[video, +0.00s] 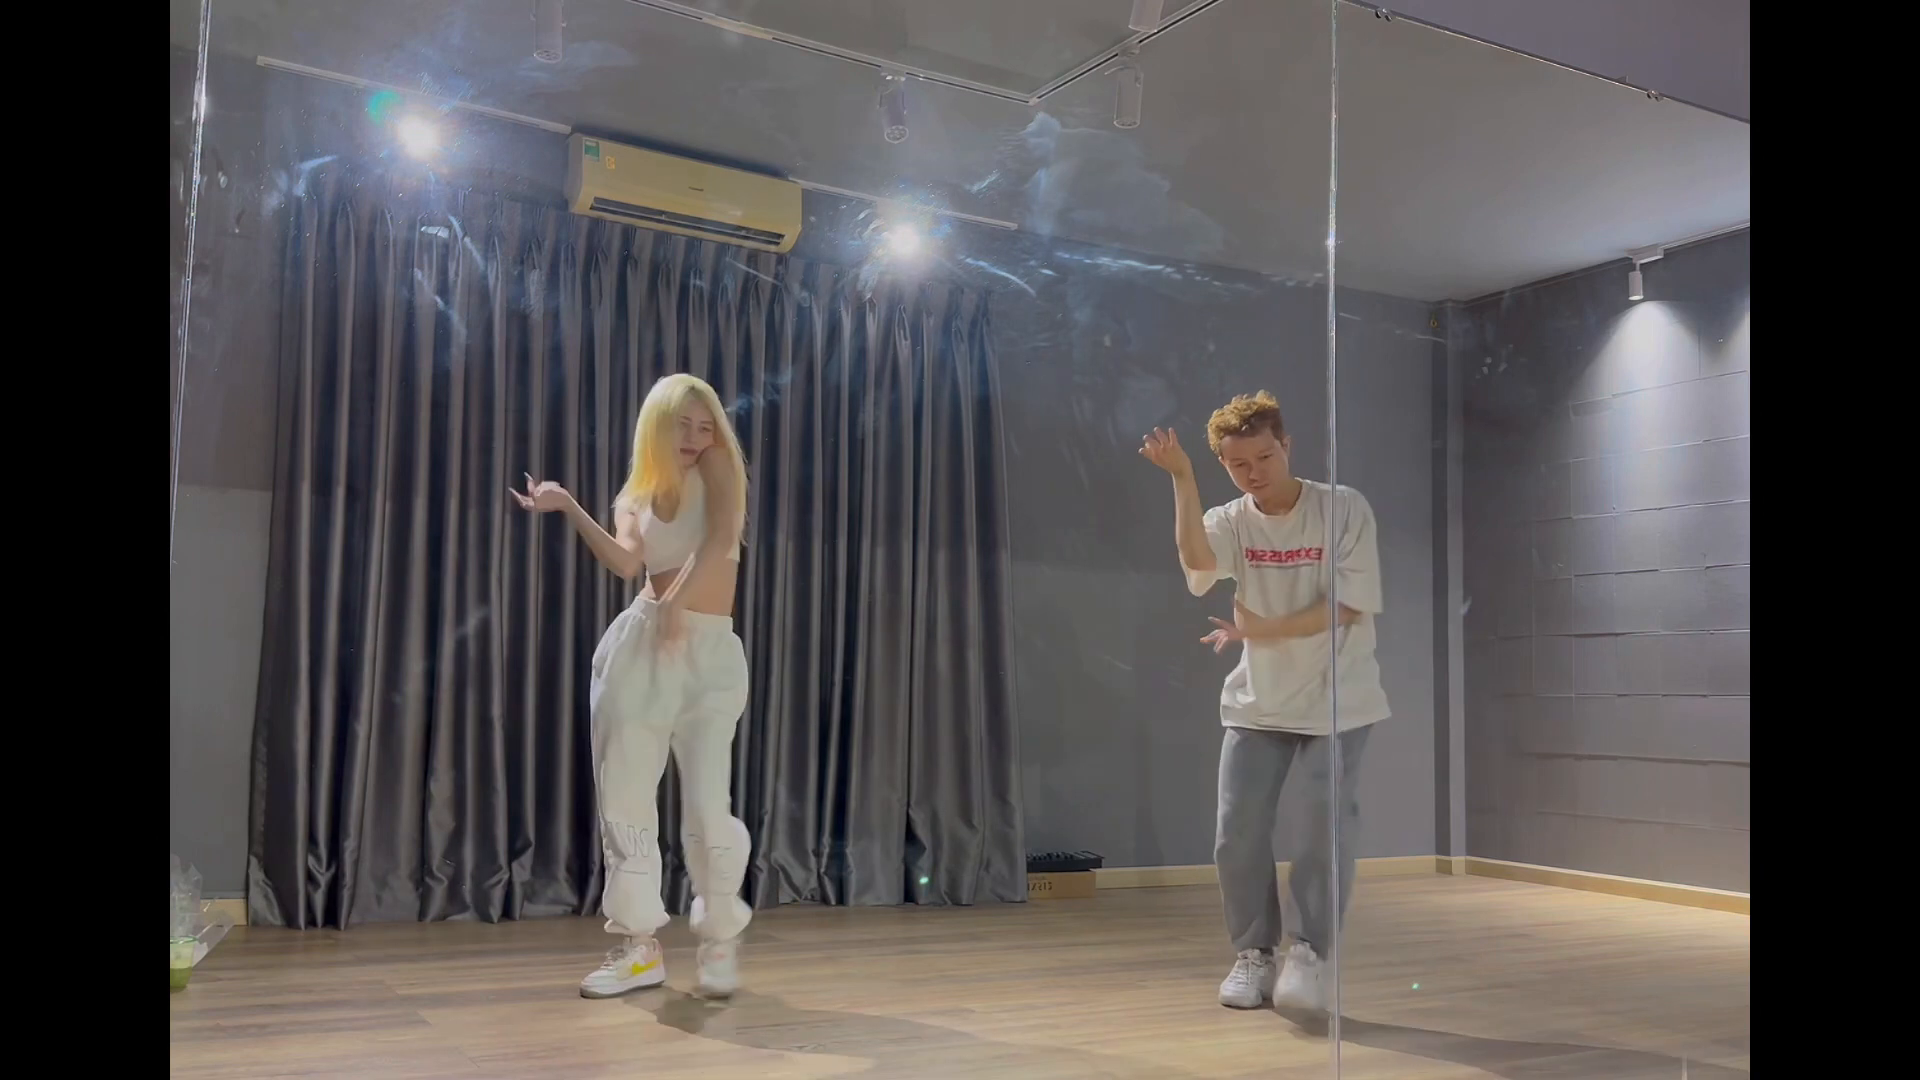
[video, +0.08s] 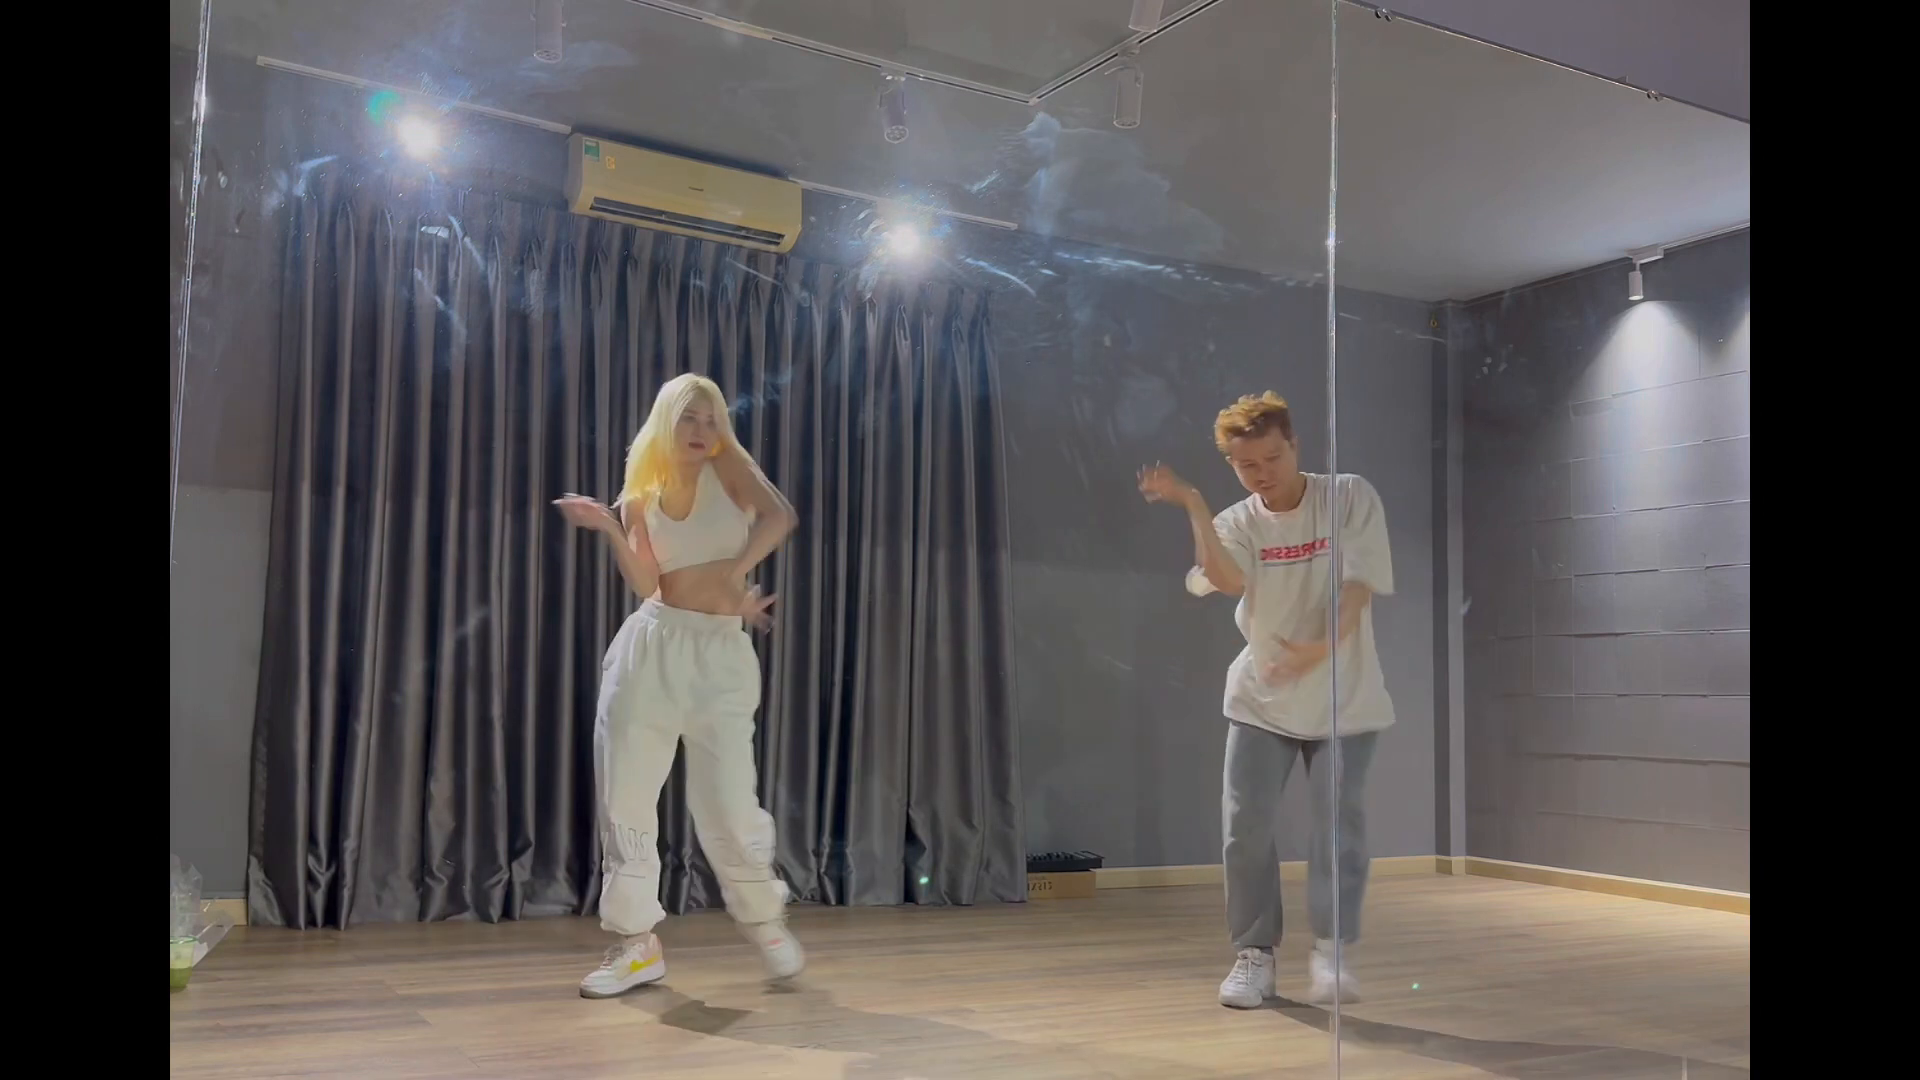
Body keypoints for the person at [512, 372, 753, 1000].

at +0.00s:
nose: (697, 438)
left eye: (706, 427)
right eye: (685, 427)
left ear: (717, 429)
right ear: (659, 429)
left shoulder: (720, 470)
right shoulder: (635, 495)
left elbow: (719, 541)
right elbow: (626, 561)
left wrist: (678, 601)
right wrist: (571, 506)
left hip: (710, 650)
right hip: (641, 647)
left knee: (706, 805)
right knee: (625, 798)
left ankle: (719, 949)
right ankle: (642, 949)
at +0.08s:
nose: (701, 430)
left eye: (712, 421)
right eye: (689, 419)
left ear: (723, 428)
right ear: (664, 424)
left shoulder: (728, 464)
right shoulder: (639, 491)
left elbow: (779, 518)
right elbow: (649, 587)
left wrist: (734, 576)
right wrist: (609, 529)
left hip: (721, 655)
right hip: (649, 653)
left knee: (729, 804)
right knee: (626, 800)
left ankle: (766, 921)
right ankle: (639, 943)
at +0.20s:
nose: (720, 438)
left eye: (729, 432)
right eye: (707, 430)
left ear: (743, 452)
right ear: (682, 448)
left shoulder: (754, 517)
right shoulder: (655, 507)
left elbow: (807, 588)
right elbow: (641, 591)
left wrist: (787, 518)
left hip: (754, 689)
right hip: (676, 689)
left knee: (776, 822)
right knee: (590, 797)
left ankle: (792, 942)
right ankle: (635, 936)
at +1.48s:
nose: (739, 459)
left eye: (746, 449)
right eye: (727, 448)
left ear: (754, 459)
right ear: (701, 453)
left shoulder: (746, 515)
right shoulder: (678, 489)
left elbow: (790, 549)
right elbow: (672, 570)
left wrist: (808, 490)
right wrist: (742, 608)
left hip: (751, 680)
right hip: (680, 683)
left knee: (791, 814)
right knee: (622, 812)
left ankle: (789, 944)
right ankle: (635, 946)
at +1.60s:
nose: (725, 444)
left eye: (736, 435)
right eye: (714, 432)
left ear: (747, 443)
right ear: (686, 437)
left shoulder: (752, 499)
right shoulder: (666, 493)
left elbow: (761, 483)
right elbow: (676, 576)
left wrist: (762, 419)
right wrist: (746, 593)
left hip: (730, 672)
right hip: (670, 664)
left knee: (790, 801)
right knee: (636, 812)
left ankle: (780, 939)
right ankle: (582, 943)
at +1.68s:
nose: (724, 457)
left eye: (733, 447)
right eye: (712, 445)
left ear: (744, 459)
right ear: (685, 451)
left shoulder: (755, 511)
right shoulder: (661, 516)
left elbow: (737, 590)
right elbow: (680, 596)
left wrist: (742, 618)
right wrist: (751, 608)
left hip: (719, 680)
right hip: (664, 669)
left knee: (785, 802)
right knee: (632, 809)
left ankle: (778, 939)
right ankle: (579, 946)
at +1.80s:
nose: (716, 465)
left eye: (727, 458)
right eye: (702, 453)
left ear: (738, 471)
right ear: (669, 461)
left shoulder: (745, 510)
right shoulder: (651, 514)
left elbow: (726, 539)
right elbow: (668, 605)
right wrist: (739, 616)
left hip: (721, 692)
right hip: (657, 681)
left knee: (789, 812)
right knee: (627, 824)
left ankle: (780, 942)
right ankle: (583, 950)